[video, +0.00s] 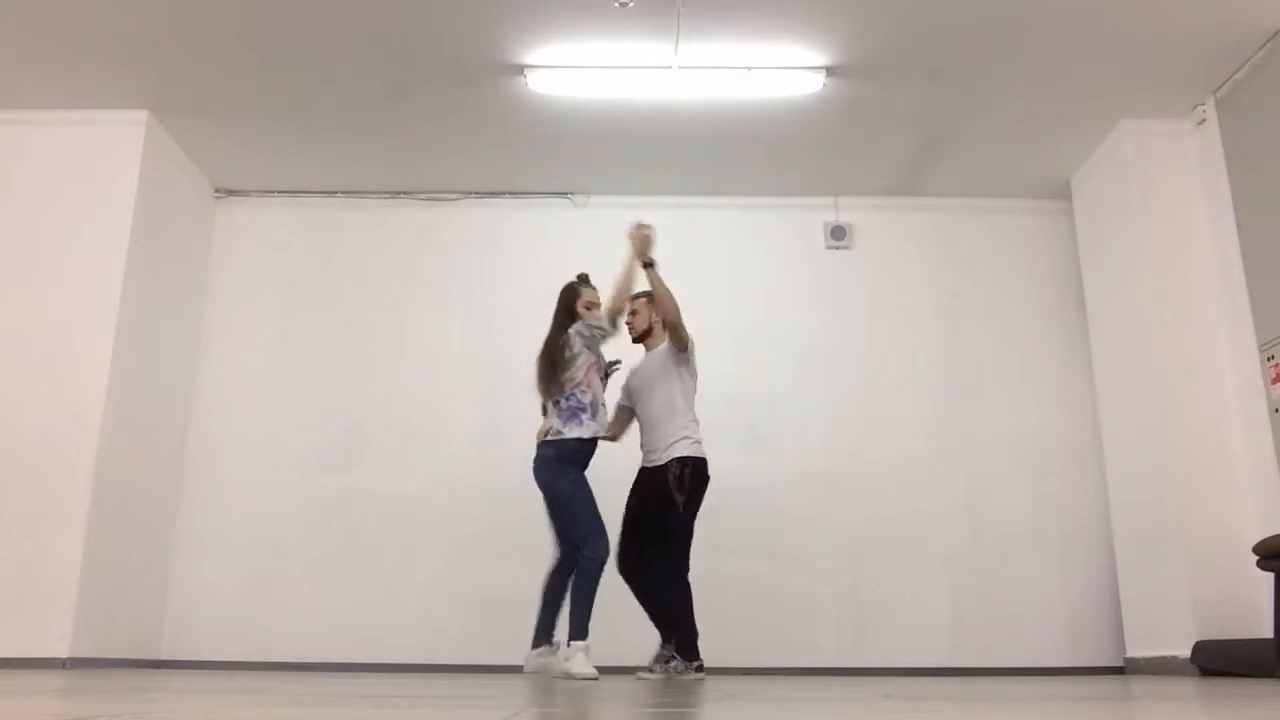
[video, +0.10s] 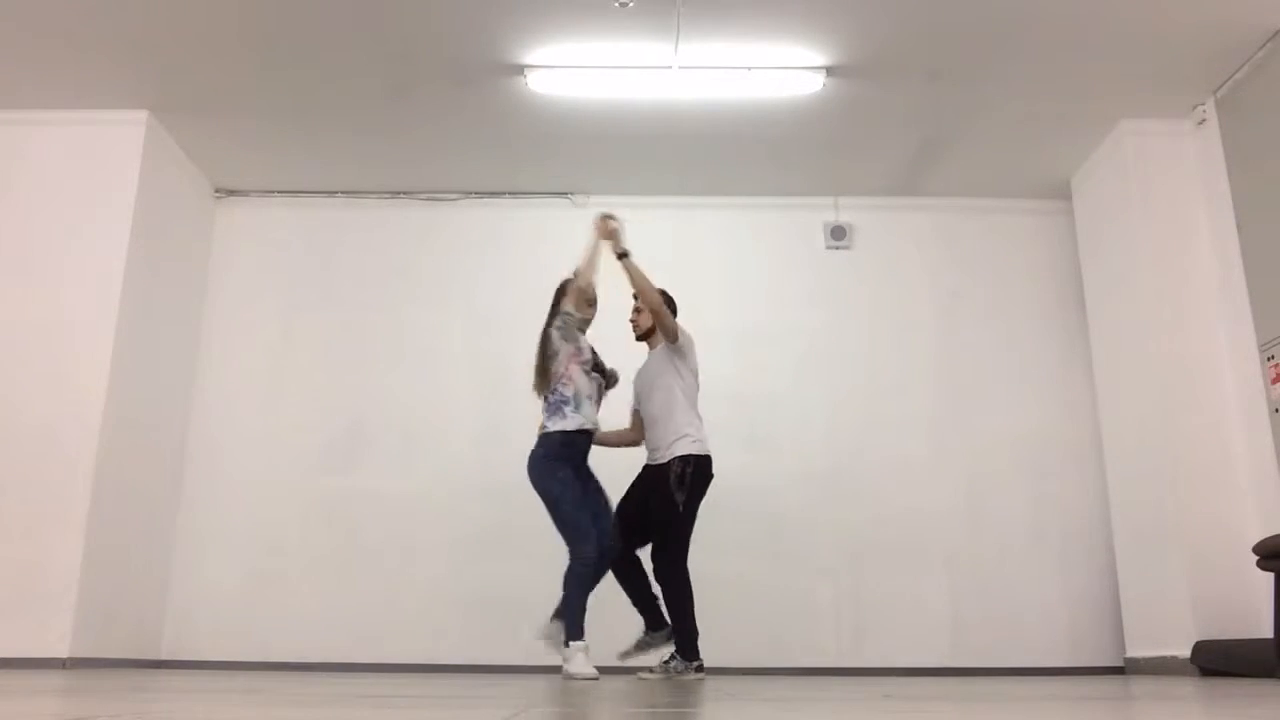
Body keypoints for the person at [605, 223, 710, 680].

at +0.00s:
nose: (630, 317)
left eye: (637, 309)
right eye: (627, 313)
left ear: (657, 313)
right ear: (628, 321)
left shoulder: (677, 351)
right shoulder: (635, 376)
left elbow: (673, 318)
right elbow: (613, 431)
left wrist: (647, 264)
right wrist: (562, 424)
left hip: (684, 464)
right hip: (652, 469)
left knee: (668, 561)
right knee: (631, 560)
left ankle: (688, 656)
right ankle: (672, 640)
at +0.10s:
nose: (632, 316)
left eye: (639, 309)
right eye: (632, 310)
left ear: (661, 314)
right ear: (641, 318)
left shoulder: (677, 348)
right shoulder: (645, 373)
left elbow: (656, 303)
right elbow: (636, 435)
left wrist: (621, 253)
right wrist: (585, 434)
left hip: (687, 463)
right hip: (656, 468)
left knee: (669, 560)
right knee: (614, 543)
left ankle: (688, 656)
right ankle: (657, 627)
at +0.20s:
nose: (635, 315)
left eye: (643, 308)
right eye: (634, 309)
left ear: (666, 311)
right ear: (644, 318)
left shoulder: (678, 344)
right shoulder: (655, 370)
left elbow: (643, 298)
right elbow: (651, 436)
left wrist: (602, 251)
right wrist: (597, 442)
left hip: (688, 462)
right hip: (662, 467)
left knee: (668, 561)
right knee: (608, 529)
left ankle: (689, 656)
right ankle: (649, 615)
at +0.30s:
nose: (640, 310)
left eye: (647, 302)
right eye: (640, 303)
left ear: (673, 308)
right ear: (657, 314)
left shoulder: (678, 339)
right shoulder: (663, 364)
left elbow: (636, 297)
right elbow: (659, 432)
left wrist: (592, 250)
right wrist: (608, 439)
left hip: (689, 460)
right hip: (665, 464)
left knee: (670, 558)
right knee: (614, 535)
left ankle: (689, 658)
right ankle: (659, 613)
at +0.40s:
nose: (644, 310)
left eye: (651, 302)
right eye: (645, 304)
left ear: (675, 307)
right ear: (664, 311)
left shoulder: (683, 339)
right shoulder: (667, 360)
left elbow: (638, 295)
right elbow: (661, 428)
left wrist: (598, 255)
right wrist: (618, 429)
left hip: (690, 459)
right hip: (669, 462)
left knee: (672, 554)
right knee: (626, 546)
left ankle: (689, 657)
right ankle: (678, 626)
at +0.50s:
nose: (647, 309)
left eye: (655, 301)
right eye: (647, 303)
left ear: (678, 307)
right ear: (666, 308)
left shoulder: (685, 340)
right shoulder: (663, 361)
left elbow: (646, 290)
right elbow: (659, 426)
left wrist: (612, 257)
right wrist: (615, 425)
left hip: (687, 456)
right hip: (666, 461)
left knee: (670, 553)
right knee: (644, 556)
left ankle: (690, 655)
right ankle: (701, 629)